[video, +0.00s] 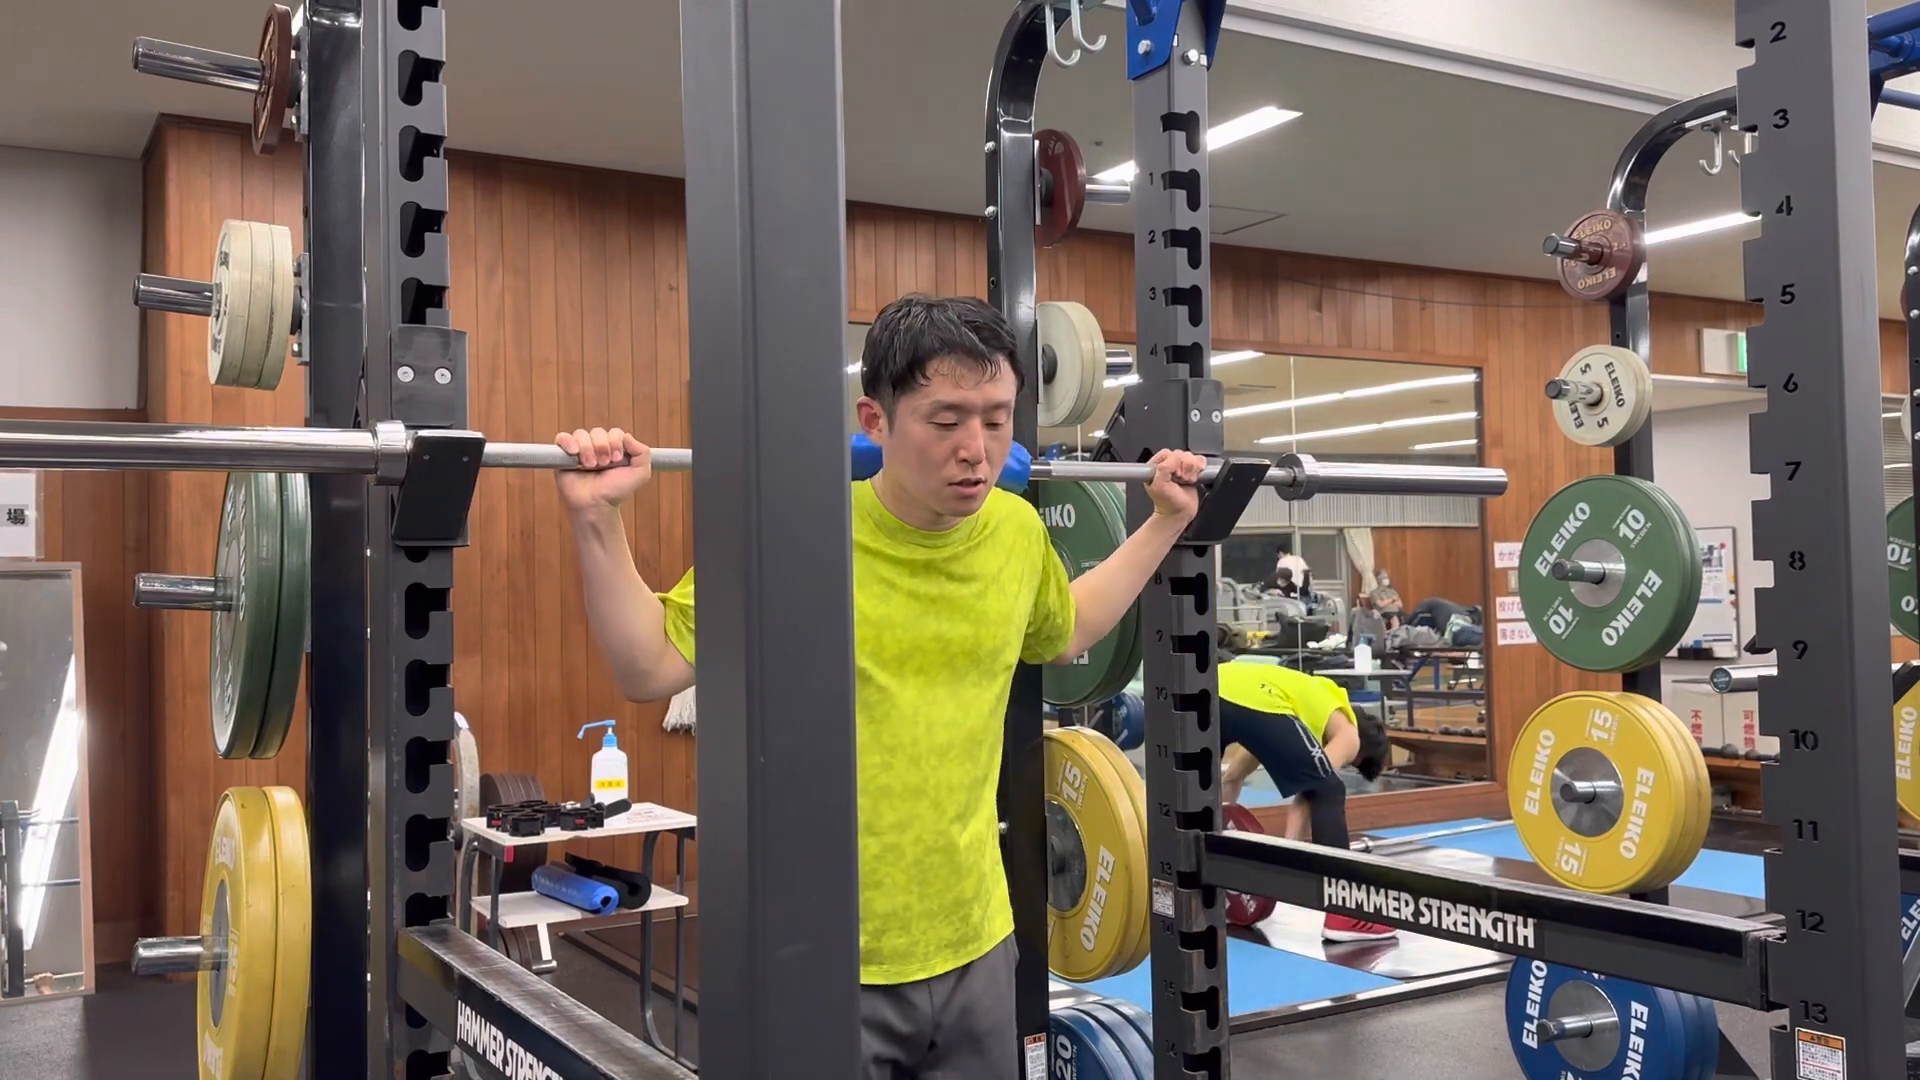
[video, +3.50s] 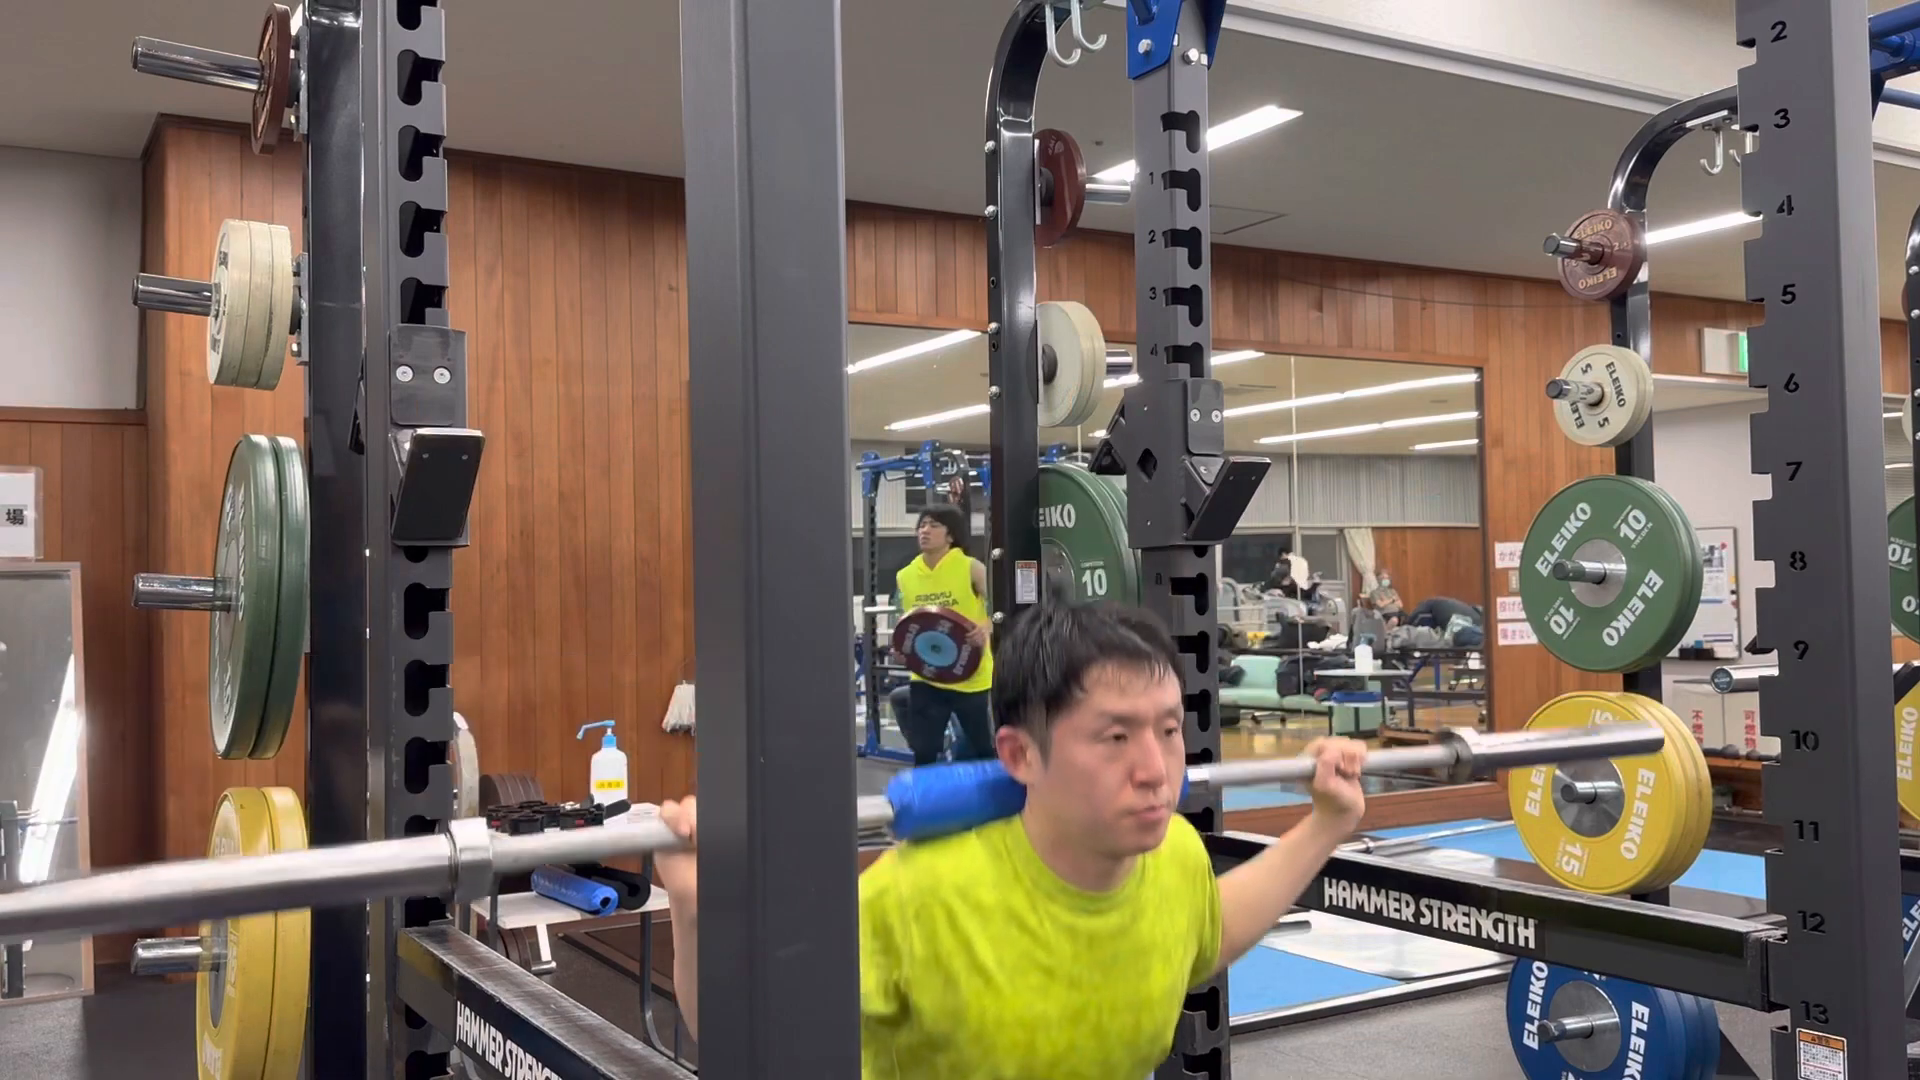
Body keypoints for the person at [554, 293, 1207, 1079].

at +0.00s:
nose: (974, 450)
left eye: (993, 421)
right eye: (944, 420)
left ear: (1014, 422)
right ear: (874, 419)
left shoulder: (1015, 530)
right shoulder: (804, 531)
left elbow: (1062, 630)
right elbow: (650, 666)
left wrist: (1166, 524)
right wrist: (597, 520)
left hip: (978, 954)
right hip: (833, 970)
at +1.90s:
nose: (1085, 463)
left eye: (1106, 428)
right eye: (1051, 431)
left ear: (1125, 416)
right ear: (971, 424)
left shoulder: (1116, 535)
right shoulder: (874, 545)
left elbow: (1137, 640)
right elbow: (712, 679)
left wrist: (1255, 532)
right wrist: (677, 535)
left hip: (1080, 984)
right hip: (917, 1005)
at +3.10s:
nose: (1133, 485)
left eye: (1147, 453)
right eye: (1092, 454)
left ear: (1164, 461)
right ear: (999, 476)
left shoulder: (1151, 599)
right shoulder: (894, 608)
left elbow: (1183, 711)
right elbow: (719, 761)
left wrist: (1298, 598)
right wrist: (677, 612)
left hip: (1091, 1025)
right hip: (914, 1037)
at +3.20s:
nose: (1141, 559)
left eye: (1155, 527)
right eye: (1099, 528)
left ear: (1170, 535)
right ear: (1007, 546)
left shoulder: (1161, 667)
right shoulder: (905, 683)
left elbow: (1193, 768)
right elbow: (729, 834)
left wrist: (1308, 652)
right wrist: (681, 686)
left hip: (1079, 1050)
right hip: (911, 1052)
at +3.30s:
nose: (1149, 647)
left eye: (1163, 614)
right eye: (1107, 618)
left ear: (1179, 619)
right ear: (1014, 637)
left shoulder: (1169, 748)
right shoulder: (911, 777)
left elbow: (1196, 848)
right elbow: (735, 917)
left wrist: (1316, 730)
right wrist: (691, 788)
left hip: (1074, 1060)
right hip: (905, 1060)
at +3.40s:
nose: (1152, 704)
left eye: (1165, 670)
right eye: (1109, 674)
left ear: (1181, 674)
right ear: (1017, 692)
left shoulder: (1173, 797)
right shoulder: (906, 839)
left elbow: (1200, 891)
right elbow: (737, 977)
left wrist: (1319, 775)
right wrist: (692, 838)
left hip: (1092, 1063)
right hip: (917, 1064)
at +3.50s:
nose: (1157, 766)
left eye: (1169, 729)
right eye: (1114, 737)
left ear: (1186, 732)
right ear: (1019, 754)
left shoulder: (1179, 856)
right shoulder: (915, 895)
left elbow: (1203, 945)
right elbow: (735, 1033)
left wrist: (1324, 830)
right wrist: (694, 908)